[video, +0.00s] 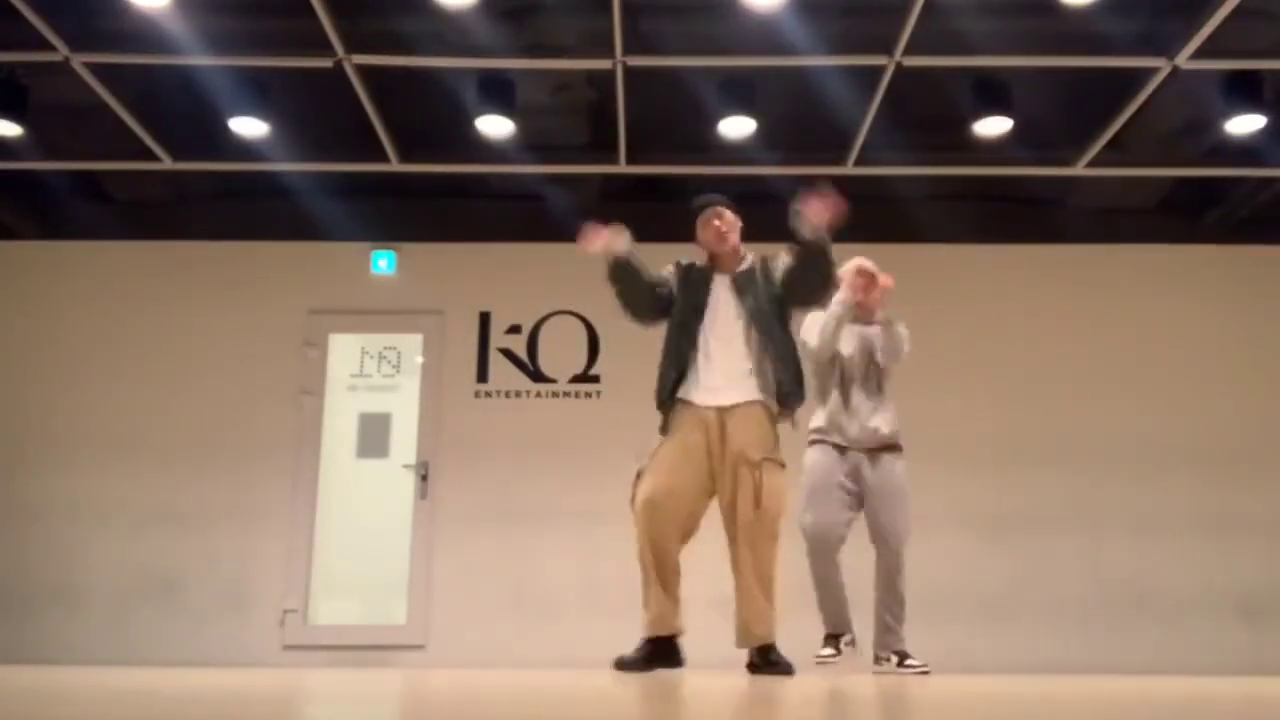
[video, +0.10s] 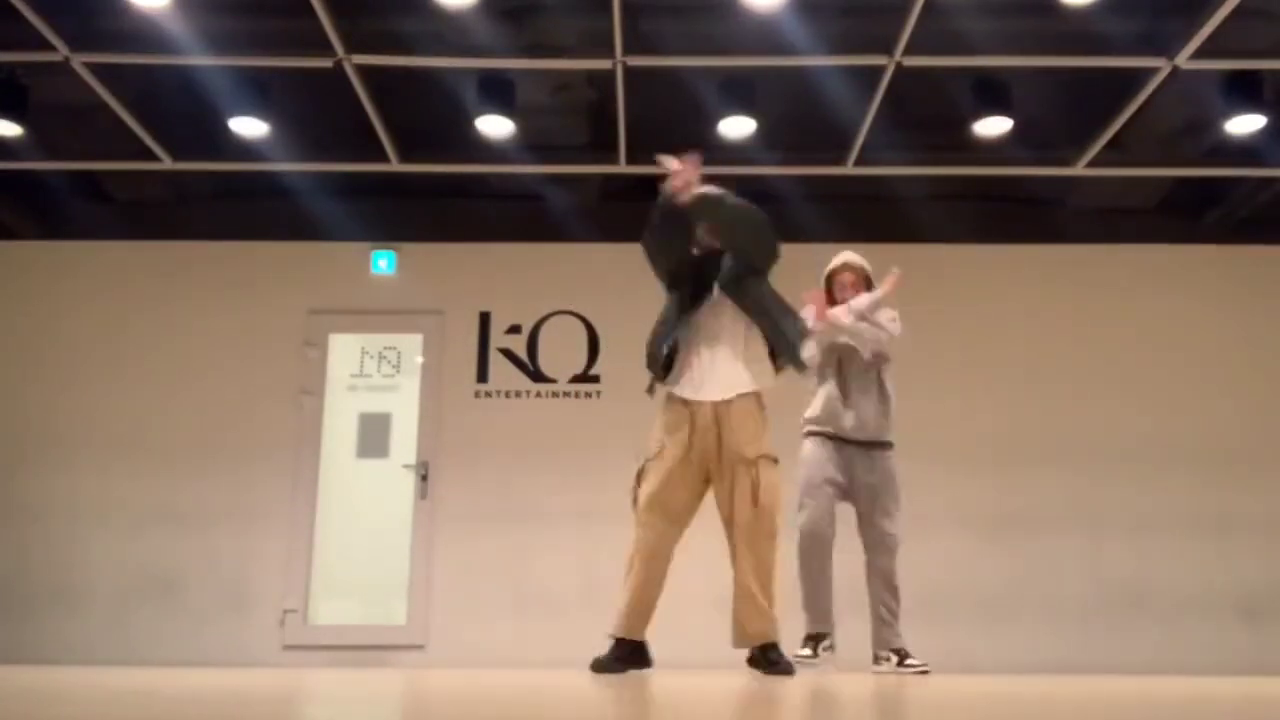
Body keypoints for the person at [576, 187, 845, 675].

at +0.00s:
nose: (718, 223)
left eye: (724, 217)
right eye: (708, 221)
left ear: (741, 229)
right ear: (698, 239)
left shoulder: (767, 273)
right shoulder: (683, 279)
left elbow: (813, 287)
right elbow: (646, 305)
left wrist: (812, 238)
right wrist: (619, 257)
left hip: (751, 414)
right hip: (691, 415)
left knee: (756, 522)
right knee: (655, 504)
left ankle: (761, 646)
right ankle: (662, 639)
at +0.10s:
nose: (706, 233)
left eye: (714, 222)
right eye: (700, 224)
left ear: (731, 229)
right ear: (691, 234)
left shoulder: (750, 269)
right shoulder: (683, 275)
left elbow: (755, 229)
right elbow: (659, 244)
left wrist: (704, 195)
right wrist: (673, 199)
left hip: (741, 405)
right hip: (682, 407)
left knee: (754, 521)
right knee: (655, 519)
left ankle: (763, 643)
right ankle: (630, 640)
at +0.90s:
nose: (716, 213)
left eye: (725, 208)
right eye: (709, 206)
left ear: (737, 223)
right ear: (694, 215)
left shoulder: (761, 258)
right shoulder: (669, 252)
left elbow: (799, 296)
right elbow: (617, 289)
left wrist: (821, 262)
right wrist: (600, 255)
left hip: (755, 403)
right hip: (703, 400)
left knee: (757, 523)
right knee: (698, 512)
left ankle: (739, 646)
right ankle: (651, 618)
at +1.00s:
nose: (727, 226)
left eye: (735, 224)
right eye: (719, 219)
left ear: (743, 240)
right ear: (701, 230)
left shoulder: (763, 277)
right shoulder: (676, 262)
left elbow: (814, 302)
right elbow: (621, 296)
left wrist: (848, 274)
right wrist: (632, 256)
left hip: (760, 402)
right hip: (712, 398)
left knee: (769, 516)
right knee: (741, 505)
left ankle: (737, 645)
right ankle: (691, 623)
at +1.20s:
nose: (735, 218)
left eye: (742, 215)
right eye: (726, 213)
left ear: (752, 231)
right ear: (708, 225)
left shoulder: (765, 277)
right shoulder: (684, 252)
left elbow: (793, 333)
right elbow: (640, 223)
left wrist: (780, 283)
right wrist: (676, 181)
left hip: (761, 408)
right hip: (711, 396)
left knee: (771, 521)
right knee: (755, 454)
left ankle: (738, 644)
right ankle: (712, 562)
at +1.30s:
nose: (733, 207)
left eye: (739, 205)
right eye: (724, 205)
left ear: (753, 225)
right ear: (710, 219)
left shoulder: (763, 267)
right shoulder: (691, 238)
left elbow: (792, 297)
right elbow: (657, 200)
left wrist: (775, 245)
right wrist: (664, 148)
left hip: (752, 392)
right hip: (695, 378)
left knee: (758, 508)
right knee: (748, 390)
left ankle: (735, 640)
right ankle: (704, 485)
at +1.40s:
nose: (732, 207)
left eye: (740, 204)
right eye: (724, 205)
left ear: (755, 224)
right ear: (709, 224)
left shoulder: (764, 262)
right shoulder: (691, 250)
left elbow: (796, 260)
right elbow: (648, 250)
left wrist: (782, 200)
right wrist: (668, 206)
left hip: (740, 391)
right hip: (691, 378)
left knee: (745, 505)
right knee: (739, 424)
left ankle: (731, 636)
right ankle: (692, 472)